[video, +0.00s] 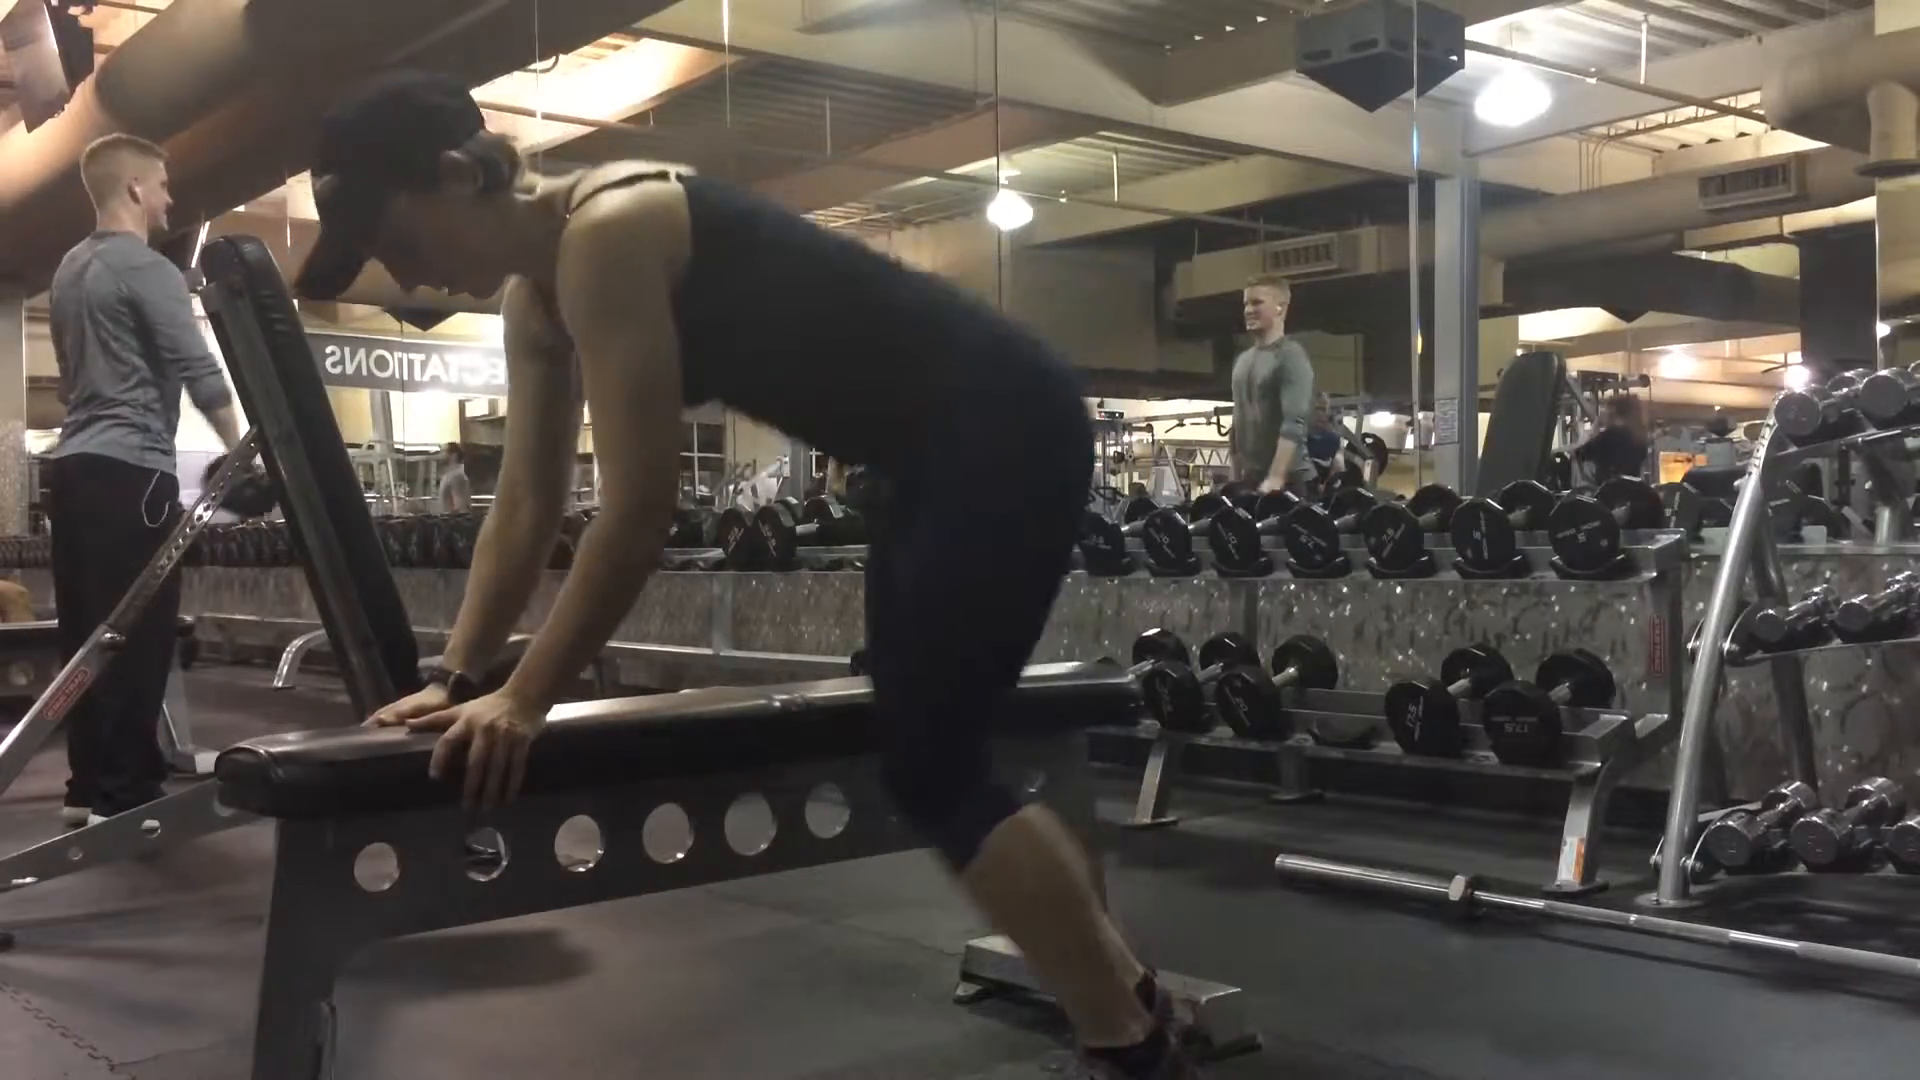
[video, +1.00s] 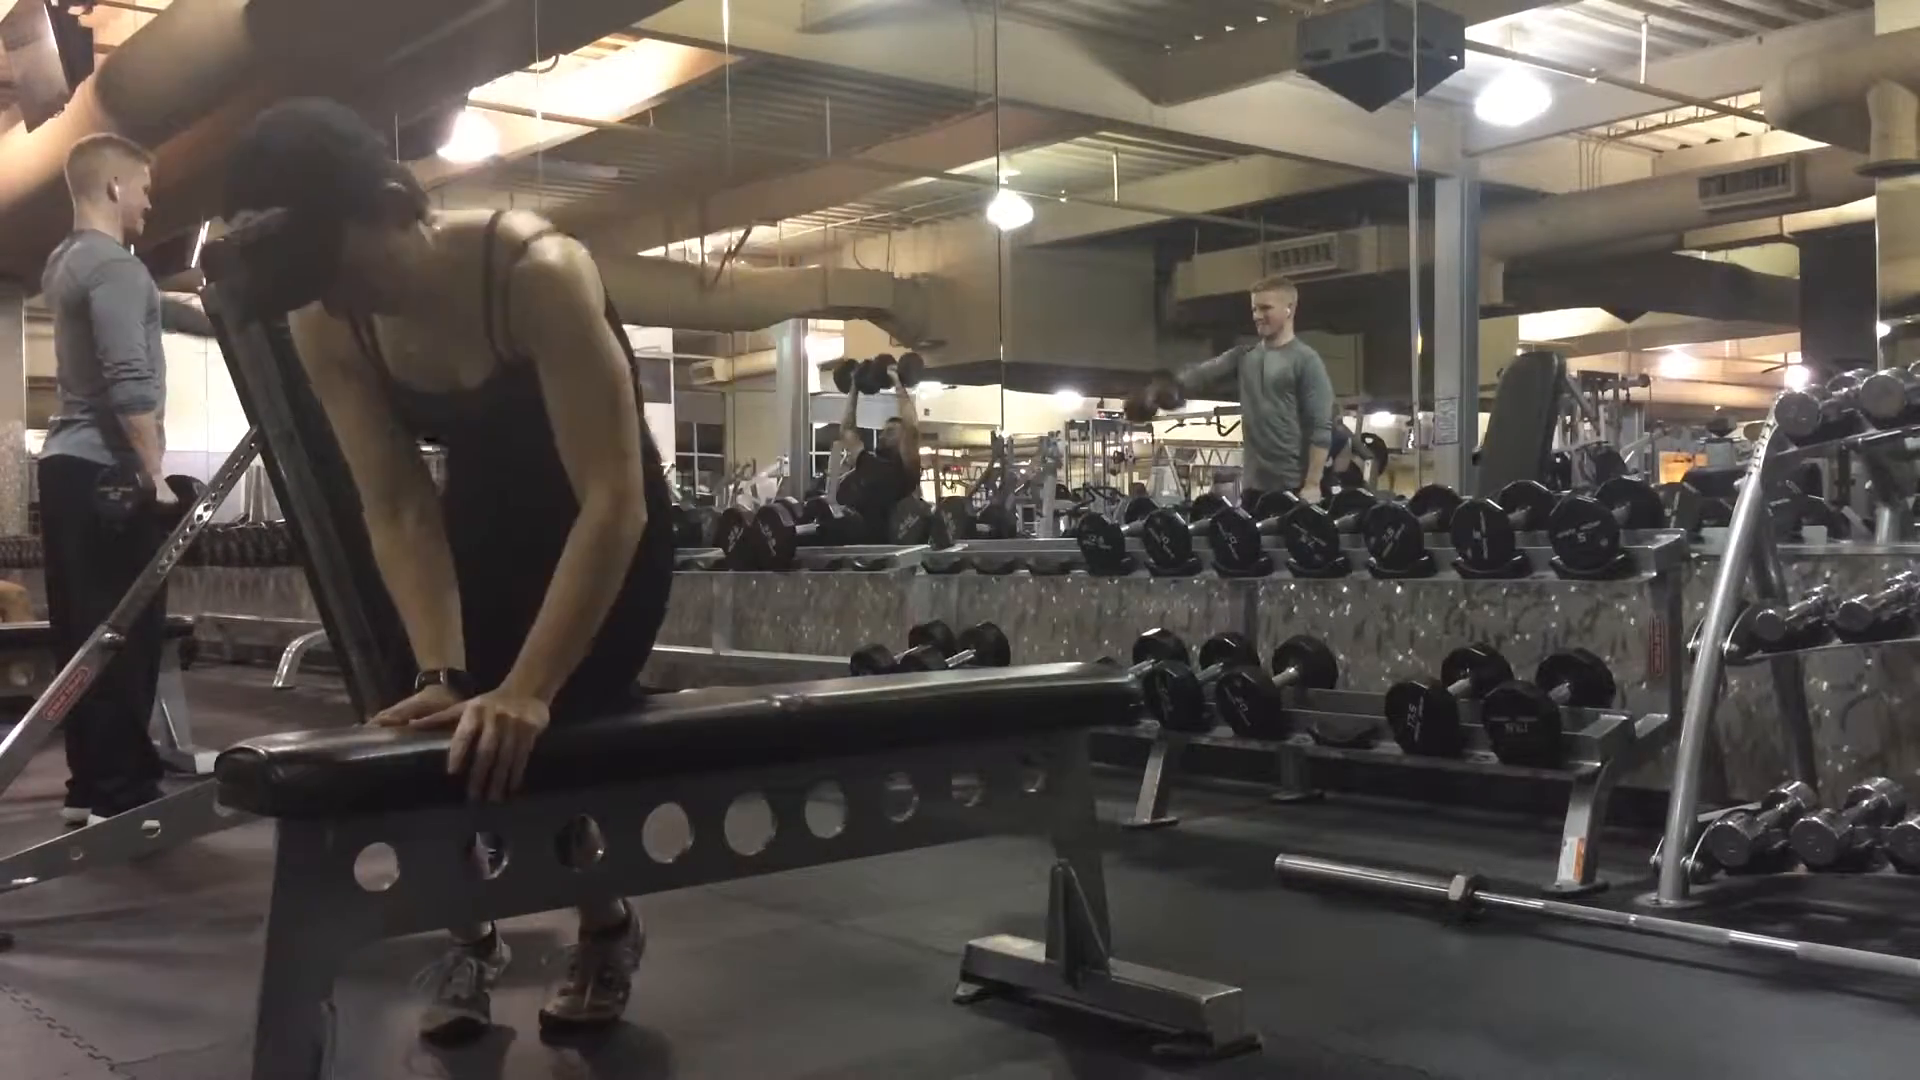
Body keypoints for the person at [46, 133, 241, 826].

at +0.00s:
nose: (168, 199)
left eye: (166, 187)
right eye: (161, 186)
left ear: (107, 194)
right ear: (134, 189)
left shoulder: (67, 272)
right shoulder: (146, 266)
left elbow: (83, 375)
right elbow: (199, 370)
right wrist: (242, 449)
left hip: (71, 468)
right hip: (130, 472)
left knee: (85, 629)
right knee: (142, 629)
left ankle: (90, 784)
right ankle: (126, 791)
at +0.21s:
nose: (168, 201)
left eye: (165, 188)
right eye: (162, 189)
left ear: (104, 195)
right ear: (136, 191)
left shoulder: (75, 269)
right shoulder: (141, 268)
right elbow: (164, 383)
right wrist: (186, 473)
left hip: (70, 468)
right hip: (122, 471)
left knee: (84, 629)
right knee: (132, 631)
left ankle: (89, 786)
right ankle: (123, 791)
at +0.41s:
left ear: (111, 207)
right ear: (156, 214)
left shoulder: (83, 265)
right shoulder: (136, 265)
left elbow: (86, 384)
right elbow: (150, 385)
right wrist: (169, 478)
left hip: (70, 467)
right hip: (117, 471)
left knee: (83, 632)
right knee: (128, 632)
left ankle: (88, 785)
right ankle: (119, 790)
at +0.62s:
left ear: (106, 228)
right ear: (143, 233)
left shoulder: (84, 279)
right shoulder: (130, 280)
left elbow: (85, 388)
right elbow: (144, 389)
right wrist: (160, 483)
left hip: (70, 462)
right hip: (108, 467)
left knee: (84, 631)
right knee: (123, 631)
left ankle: (89, 786)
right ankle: (120, 793)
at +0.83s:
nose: (143, 196)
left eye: (137, 184)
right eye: (137, 185)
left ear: (80, 189)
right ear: (120, 186)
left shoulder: (78, 261)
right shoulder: (115, 264)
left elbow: (151, 352)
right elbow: (128, 381)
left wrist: (210, 405)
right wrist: (156, 478)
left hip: (72, 466)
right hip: (107, 470)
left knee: (89, 630)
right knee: (126, 628)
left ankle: (94, 781)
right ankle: (120, 786)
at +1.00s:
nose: (146, 204)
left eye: (146, 191)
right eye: (141, 190)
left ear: (90, 191)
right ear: (111, 188)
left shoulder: (70, 262)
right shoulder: (113, 266)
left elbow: (167, 310)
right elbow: (128, 383)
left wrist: (228, 314)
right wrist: (155, 474)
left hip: (70, 469)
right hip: (107, 471)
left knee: (87, 630)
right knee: (123, 631)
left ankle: (93, 785)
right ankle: (121, 790)